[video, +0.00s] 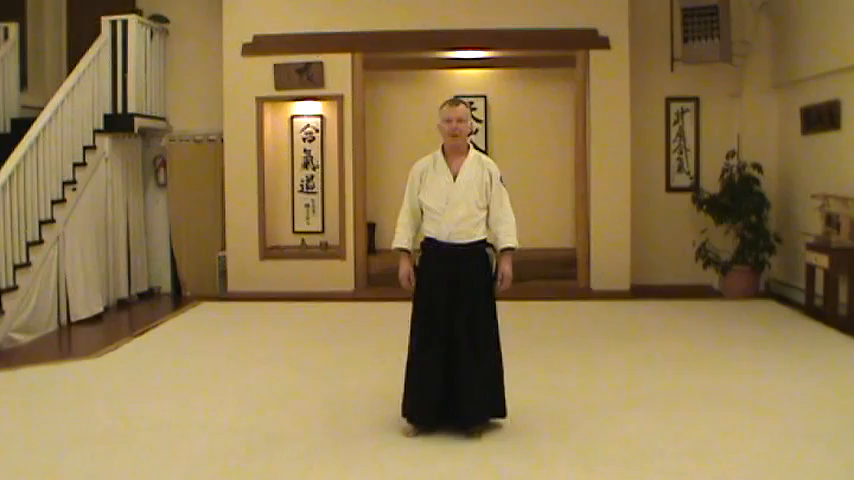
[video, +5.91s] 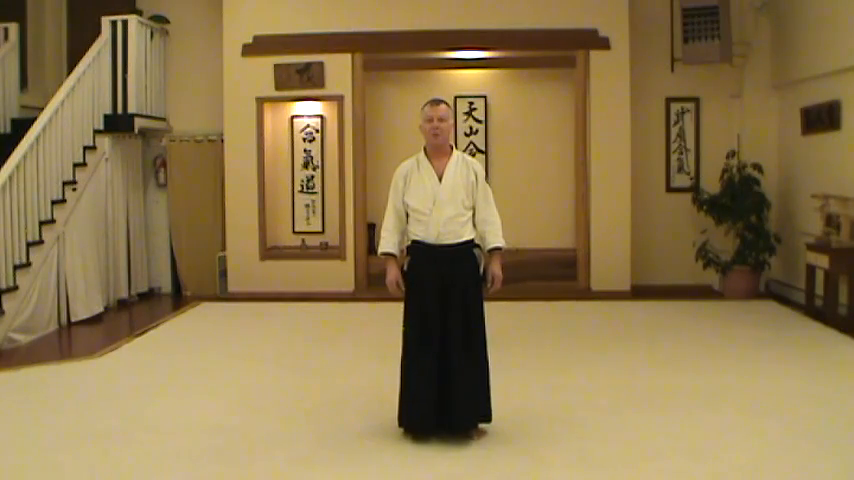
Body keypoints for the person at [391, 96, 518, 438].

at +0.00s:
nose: (455, 126)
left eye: (461, 121)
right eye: (448, 121)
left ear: (472, 125)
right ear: (438, 126)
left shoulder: (487, 167)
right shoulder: (423, 168)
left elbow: (501, 213)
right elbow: (409, 213)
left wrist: (506, 256)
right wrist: (404, 256)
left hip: (473, 258)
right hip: (434, 258)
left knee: (473, 334)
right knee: (429, 333)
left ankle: (474, 413)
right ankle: (422, 412)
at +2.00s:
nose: (439, 126)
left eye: (445, 120)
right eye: (432, 120)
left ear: (455, 124)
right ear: (423, 126)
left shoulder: (472, 166)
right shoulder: (408, 168)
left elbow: (488, 211)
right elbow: (395, 214)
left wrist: (495, 255)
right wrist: (391, 258)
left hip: (463, 259)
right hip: (423, 259)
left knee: (464, 334)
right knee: (423, 335)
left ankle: (464, 415)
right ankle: (420, 416)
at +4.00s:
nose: (435, 127)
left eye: (441, 121)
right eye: (428, 121)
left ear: (452, 125)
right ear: (419, 127)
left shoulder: (470, 167)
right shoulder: (406, 170)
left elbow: (486, 212)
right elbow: (393, 217)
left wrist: (494, 256)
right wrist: (391, 261)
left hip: (462, 260)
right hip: (422, 260)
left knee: (463, 336)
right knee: (422, 337)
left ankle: (464, 416)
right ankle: (420, 418)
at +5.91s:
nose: (436, 126)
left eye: (442, 120)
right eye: (430, 120)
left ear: (453, 125)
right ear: (420, 126)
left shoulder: (470, 167)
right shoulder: (406, 170)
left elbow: (486, 213)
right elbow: (393, 217)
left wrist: (494, 257)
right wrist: (391, 261)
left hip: (462, 260)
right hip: (422, 260)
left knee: (463, 337)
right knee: (423, 338)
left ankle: (465, 417)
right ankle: (421, 419)